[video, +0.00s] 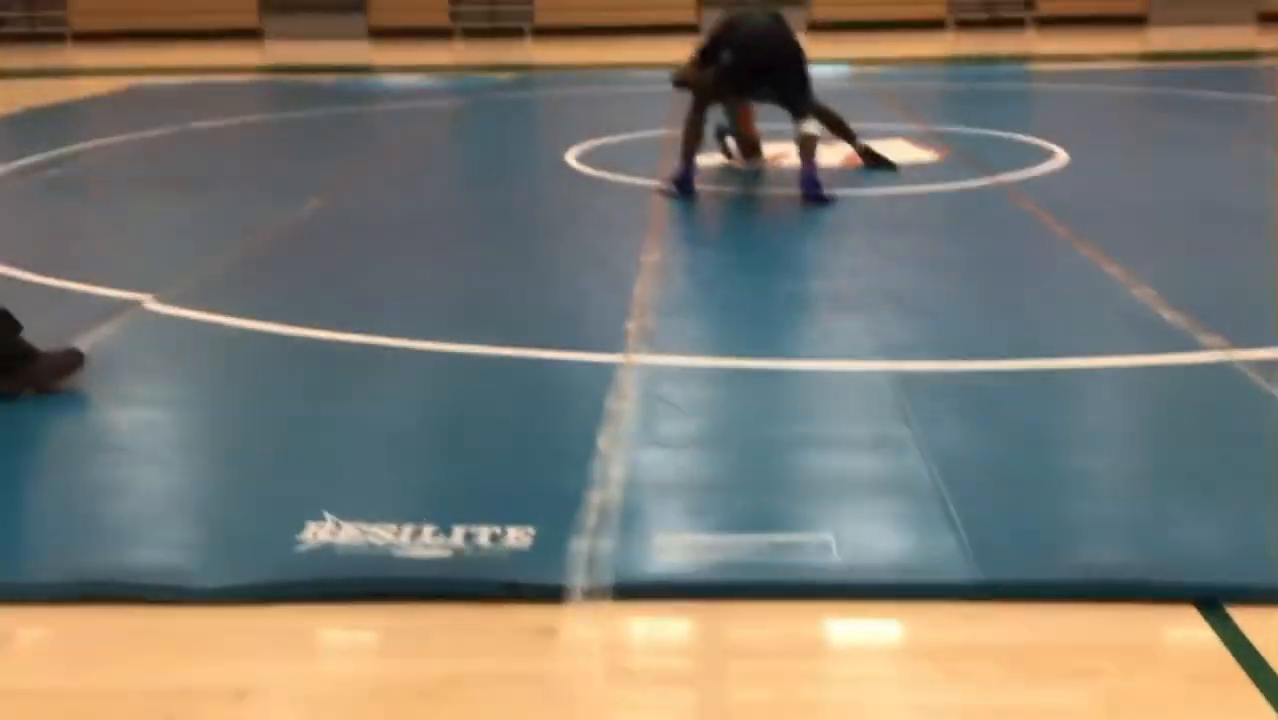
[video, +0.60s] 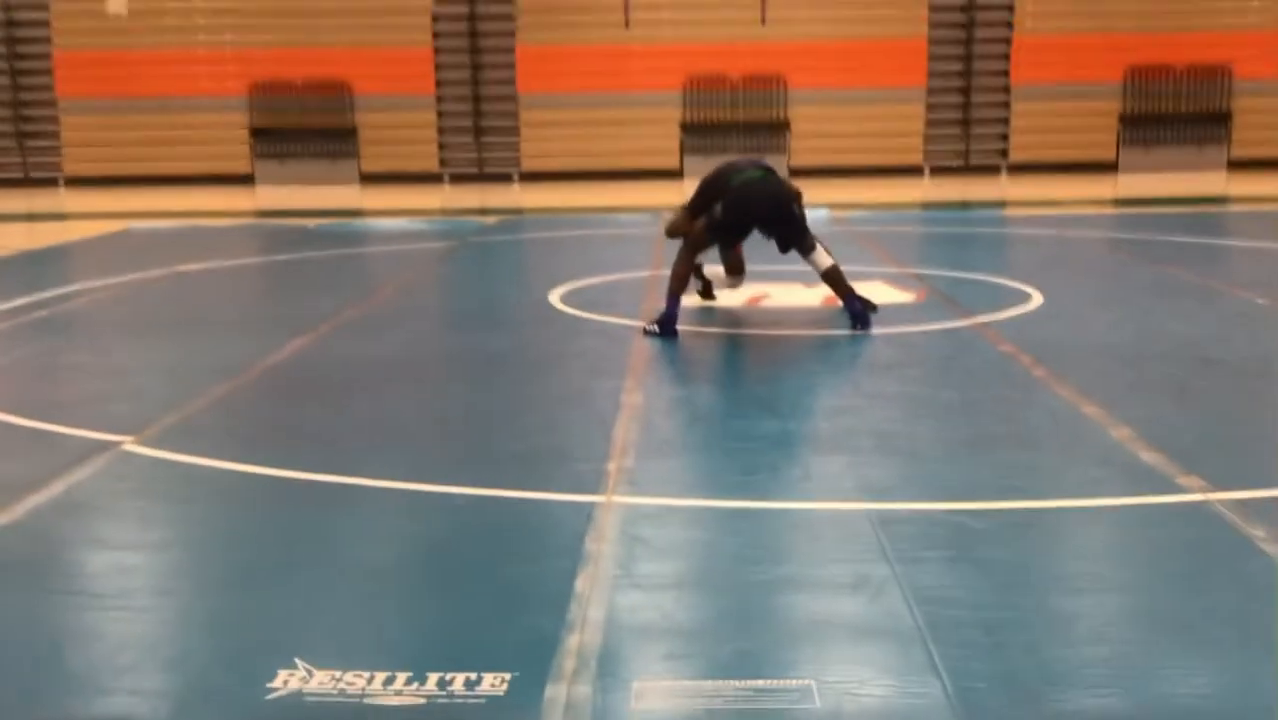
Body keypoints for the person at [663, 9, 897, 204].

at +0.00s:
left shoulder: (729, 27)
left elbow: (692, 74)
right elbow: (818, 111)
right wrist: (859, 147)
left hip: (737, 69)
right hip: (782, 55)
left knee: (697, 109)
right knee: (806, 112)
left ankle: (686, 176)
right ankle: (810, 180)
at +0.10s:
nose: (719, 127)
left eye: (718, 122)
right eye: (716, 124)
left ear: (721, 108)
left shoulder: (735, 99)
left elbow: (717, 149)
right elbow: (849, 135)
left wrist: (707, 200)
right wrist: (885, 176)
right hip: (798, 71)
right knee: (837, 131)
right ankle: (846, 189)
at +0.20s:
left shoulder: (754, 113)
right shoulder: (821, 101)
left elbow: (727, 150)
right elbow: (856, 149)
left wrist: (741, 182)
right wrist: (886, 190)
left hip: (770, 97)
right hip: (811, 91)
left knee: (723, 155)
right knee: (844, 142)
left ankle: (707, 218)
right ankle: (884, 199)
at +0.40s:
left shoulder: (751, 153)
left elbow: (707, 190)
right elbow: (756, 210)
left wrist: (725, 242)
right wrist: (759, 243)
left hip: (780, 171)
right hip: (818, 165)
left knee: (721, 211)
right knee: (848, 216)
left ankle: (695, 275)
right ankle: (880, 261)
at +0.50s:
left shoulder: (713, 179)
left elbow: (692, 219)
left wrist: (701, 261)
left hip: (746, 176)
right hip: (784, 172)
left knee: (690, 230)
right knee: (819, 231)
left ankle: (669, 293)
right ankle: (853, 279)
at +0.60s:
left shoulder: (712, 189)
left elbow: (680, 233)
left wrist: (701, 281)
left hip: (739, 200)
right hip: (776, 194)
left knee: (686, 252)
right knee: (814, 253)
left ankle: (669, 318)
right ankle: (854, 305)